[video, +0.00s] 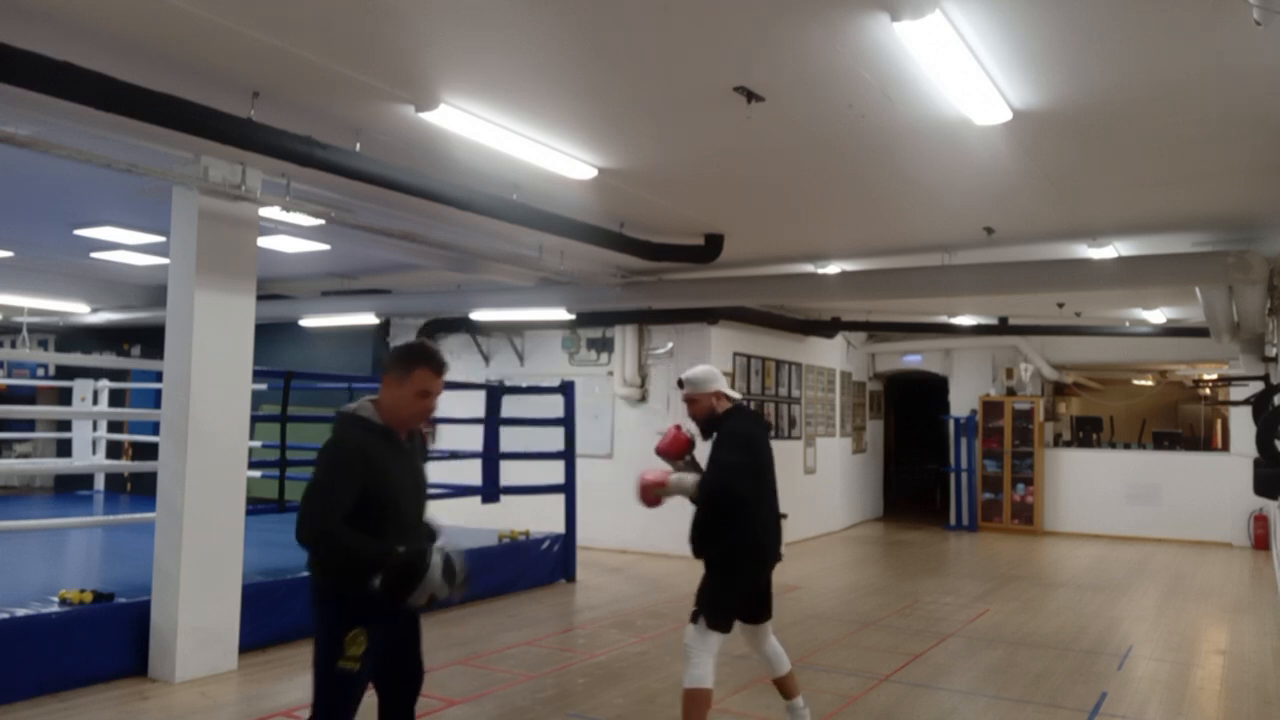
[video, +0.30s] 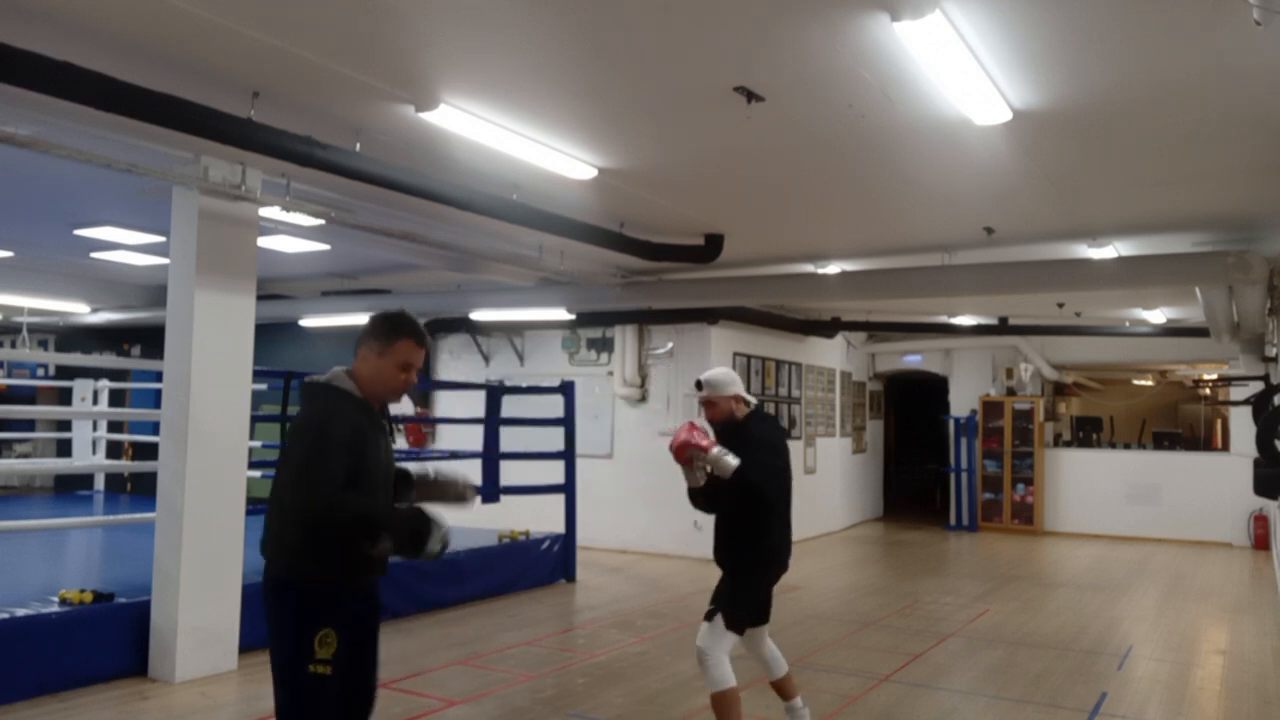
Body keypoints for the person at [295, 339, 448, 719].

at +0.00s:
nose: (431, 408)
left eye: (435, 397)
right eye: (423, 395)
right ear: (390, 386)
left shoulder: (409, 440)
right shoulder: (350, 442)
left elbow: (400, 518)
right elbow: (311, 529)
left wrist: (429, 546)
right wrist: (390, 558)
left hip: (393, 594)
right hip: (345, 599)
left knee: (403, 686)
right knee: (336, 704)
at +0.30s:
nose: (411, 381)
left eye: (415, 372)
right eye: (405, 368)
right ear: (371, 355)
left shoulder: (367, 412)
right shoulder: (330, 409)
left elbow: (366, 485)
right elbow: (325, 508)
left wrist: (422, 488)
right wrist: (404, 528)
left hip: (349, 579)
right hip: (310, 583)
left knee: (351, 699)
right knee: (315, 703)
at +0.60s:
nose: (395, 387)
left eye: (397, 377)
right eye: (387, 374)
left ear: (346, 371)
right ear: (346, 368)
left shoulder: (334, 429)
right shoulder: (311, 433)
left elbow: (334, 517)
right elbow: (294, 548)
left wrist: (390, 512)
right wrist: (346, 638)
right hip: (294, 630)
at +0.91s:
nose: (384, 366)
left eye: (384, 354)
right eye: (378, 353)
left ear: (340, 353)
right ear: (343, 354)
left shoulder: (290, 409)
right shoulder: (309, 425)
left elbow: (327, 467)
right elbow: (303, 546)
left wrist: (384, 426)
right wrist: (363, 629)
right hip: (285, 625)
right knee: (292, 712)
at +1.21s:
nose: (396, 372)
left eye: (395, 361)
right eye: (391, 359)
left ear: (354, 358)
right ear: (357, 357)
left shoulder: (303, 417)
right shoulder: (321, 432)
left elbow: (326, 482)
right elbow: (327, 563)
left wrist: (399, 445)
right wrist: (401, 607)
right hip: (304, 622)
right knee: (350, 711)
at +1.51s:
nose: (438, 389)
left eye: (439, 378)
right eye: (433, 377)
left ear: (399, 372)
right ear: (398, 371)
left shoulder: (402, 426)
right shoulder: (333, 436)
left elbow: (450, 435)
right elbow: (317, 554)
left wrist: (508, 421)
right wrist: (416, 581)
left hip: (377, 610)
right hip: (320, 615)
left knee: (393, 710)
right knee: (317, 712)